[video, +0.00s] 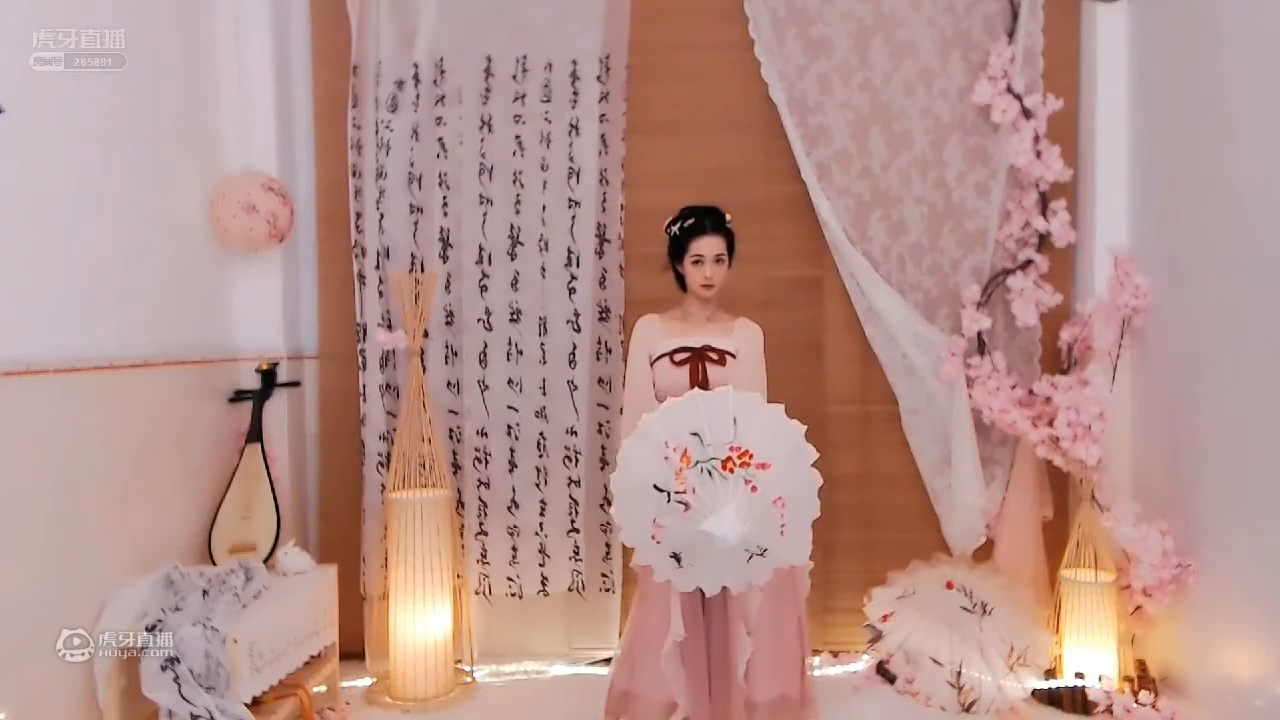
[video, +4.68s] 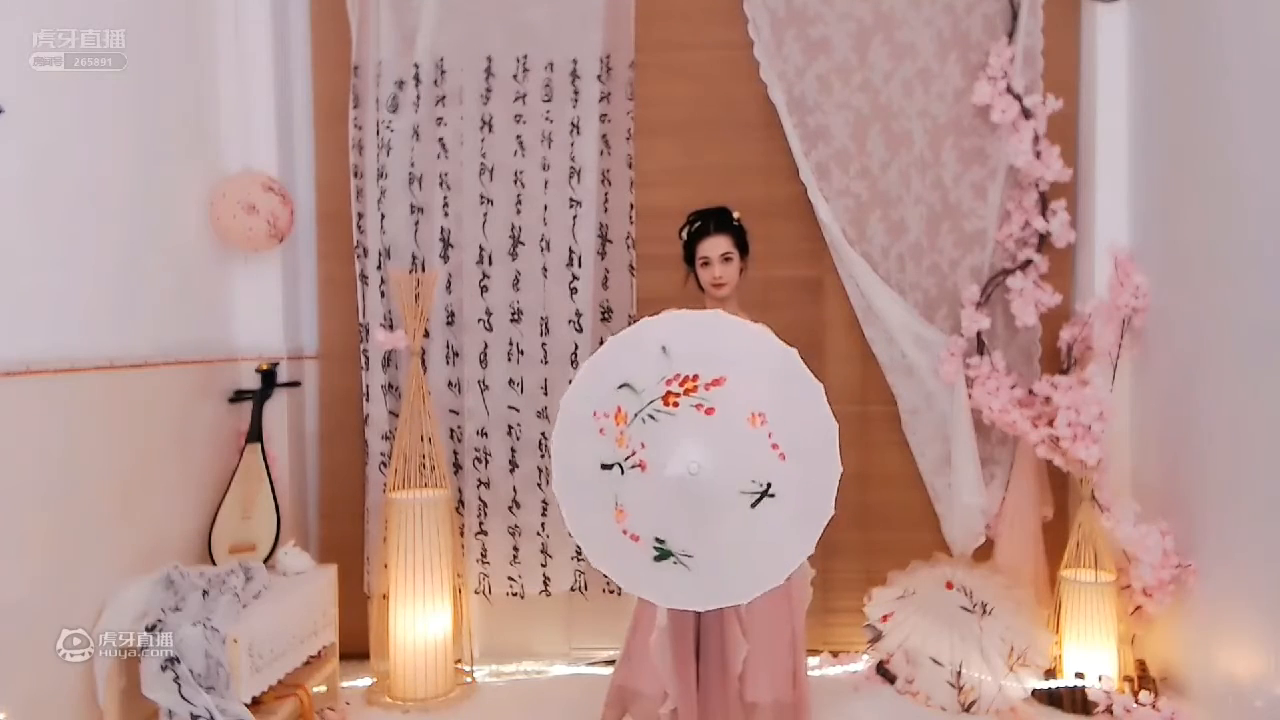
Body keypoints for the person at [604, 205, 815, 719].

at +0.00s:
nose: (709, 273)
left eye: (718, 261)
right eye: (698, 261)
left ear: (730, 265)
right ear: (678, 265)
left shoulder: (748, 334)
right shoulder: (650, 330)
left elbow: (757, 424)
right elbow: (636, 421)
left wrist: (753, 496)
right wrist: (647, 499)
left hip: (735, 488)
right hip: (670, 488)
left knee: (734, 609)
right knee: (674, 608)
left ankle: (735, 710)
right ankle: (675, 711)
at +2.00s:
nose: (714, 271)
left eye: (724, 258)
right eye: (704, 261)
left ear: (739, 263)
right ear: (689, 266)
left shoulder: (757, 335)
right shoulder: (663, 324)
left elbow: (775, 424)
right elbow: (642, 410)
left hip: (738, 488)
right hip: (674, 485)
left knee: (736, 605)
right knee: (673, 603)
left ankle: (735, 710)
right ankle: (674, 709)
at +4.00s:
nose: (719, 271)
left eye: (729, 258)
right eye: (708, 260)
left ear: (745, 263)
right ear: (695, 267)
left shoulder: (764, 340)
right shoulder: (672, 337)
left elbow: (789, 431)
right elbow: (646, 420)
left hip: (752, 493)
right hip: (684, 492)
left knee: (750, 612)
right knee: (683, 613)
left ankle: (749, 710)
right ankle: (679, 711)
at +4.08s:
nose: (718, 271)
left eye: (728, 258)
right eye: (707, 261)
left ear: (745, 263)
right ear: (694, 267)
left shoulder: (764, 343)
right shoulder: (673, 334)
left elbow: (793, 430)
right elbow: (640, 415)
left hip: (752, 495)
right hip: (682, 495)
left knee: (749, 614)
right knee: (682, 614)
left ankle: (748, 711)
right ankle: (679, 712)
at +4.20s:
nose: (718, 271)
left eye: (728, 258)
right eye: (707, 261)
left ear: (744, 263)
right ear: (694, 267)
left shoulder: (766, 343)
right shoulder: (671, 333)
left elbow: (796, 430)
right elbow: (635, 415)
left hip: (752, 499)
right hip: (682, 498)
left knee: (750, 618)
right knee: (681, 620)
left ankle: (747, 712)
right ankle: (677, 713)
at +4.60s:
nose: (716, 272)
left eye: (726, 259)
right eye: (705, 262)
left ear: (742, 263)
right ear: (693, 268)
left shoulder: (761, 339)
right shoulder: (674, 333)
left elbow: (786, 427)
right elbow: (649, 418)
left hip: (747, 490)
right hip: (685, 486)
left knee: (746, 604)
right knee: (681, 604)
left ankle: (745, 710)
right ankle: (678, 711)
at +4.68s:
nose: (716, 271)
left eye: (726, 259)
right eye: (705, 261)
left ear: (742, 263)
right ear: (693, 268)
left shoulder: (760, 337)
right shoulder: (672, 334)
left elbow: (785, 427)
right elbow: (647, 417)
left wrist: (786, 511)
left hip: (746, 492)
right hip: (683, 489)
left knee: (745, 608)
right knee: (680, 608)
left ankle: (744, 710)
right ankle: (677, 711)